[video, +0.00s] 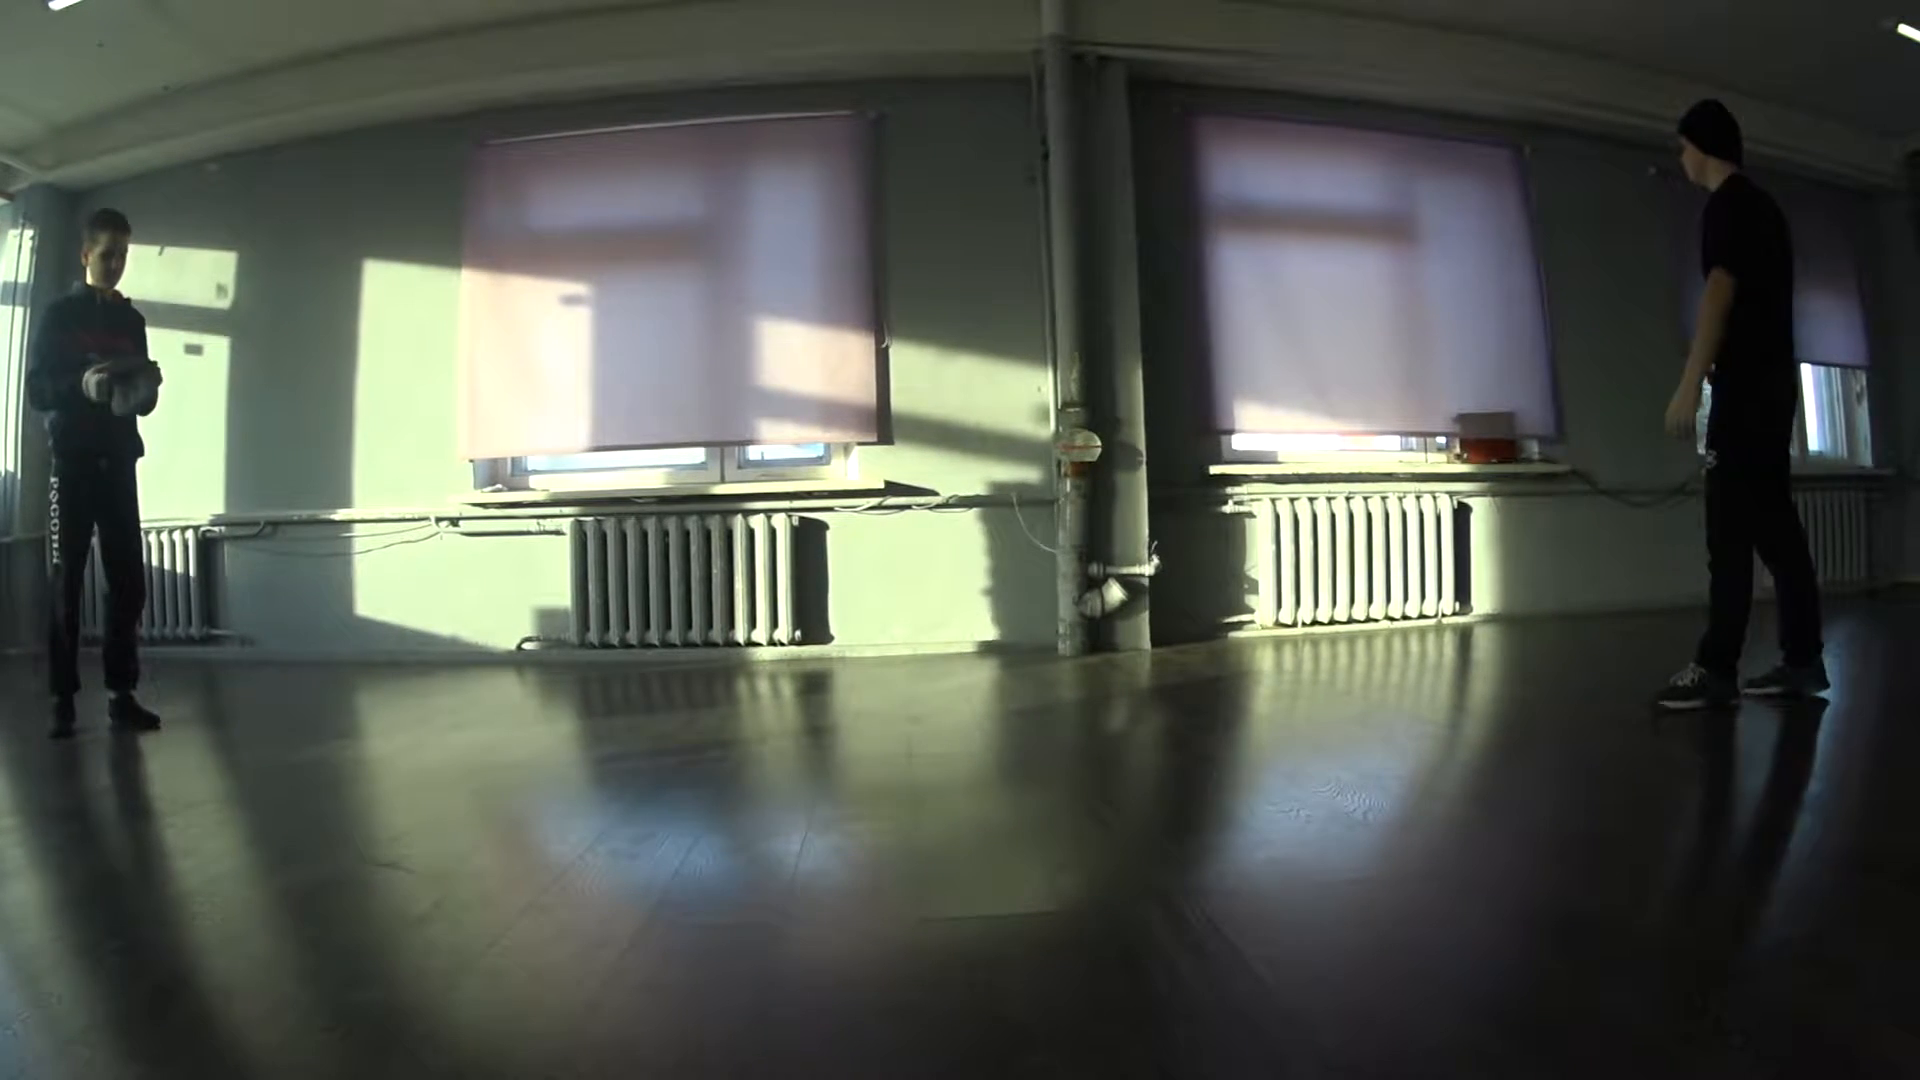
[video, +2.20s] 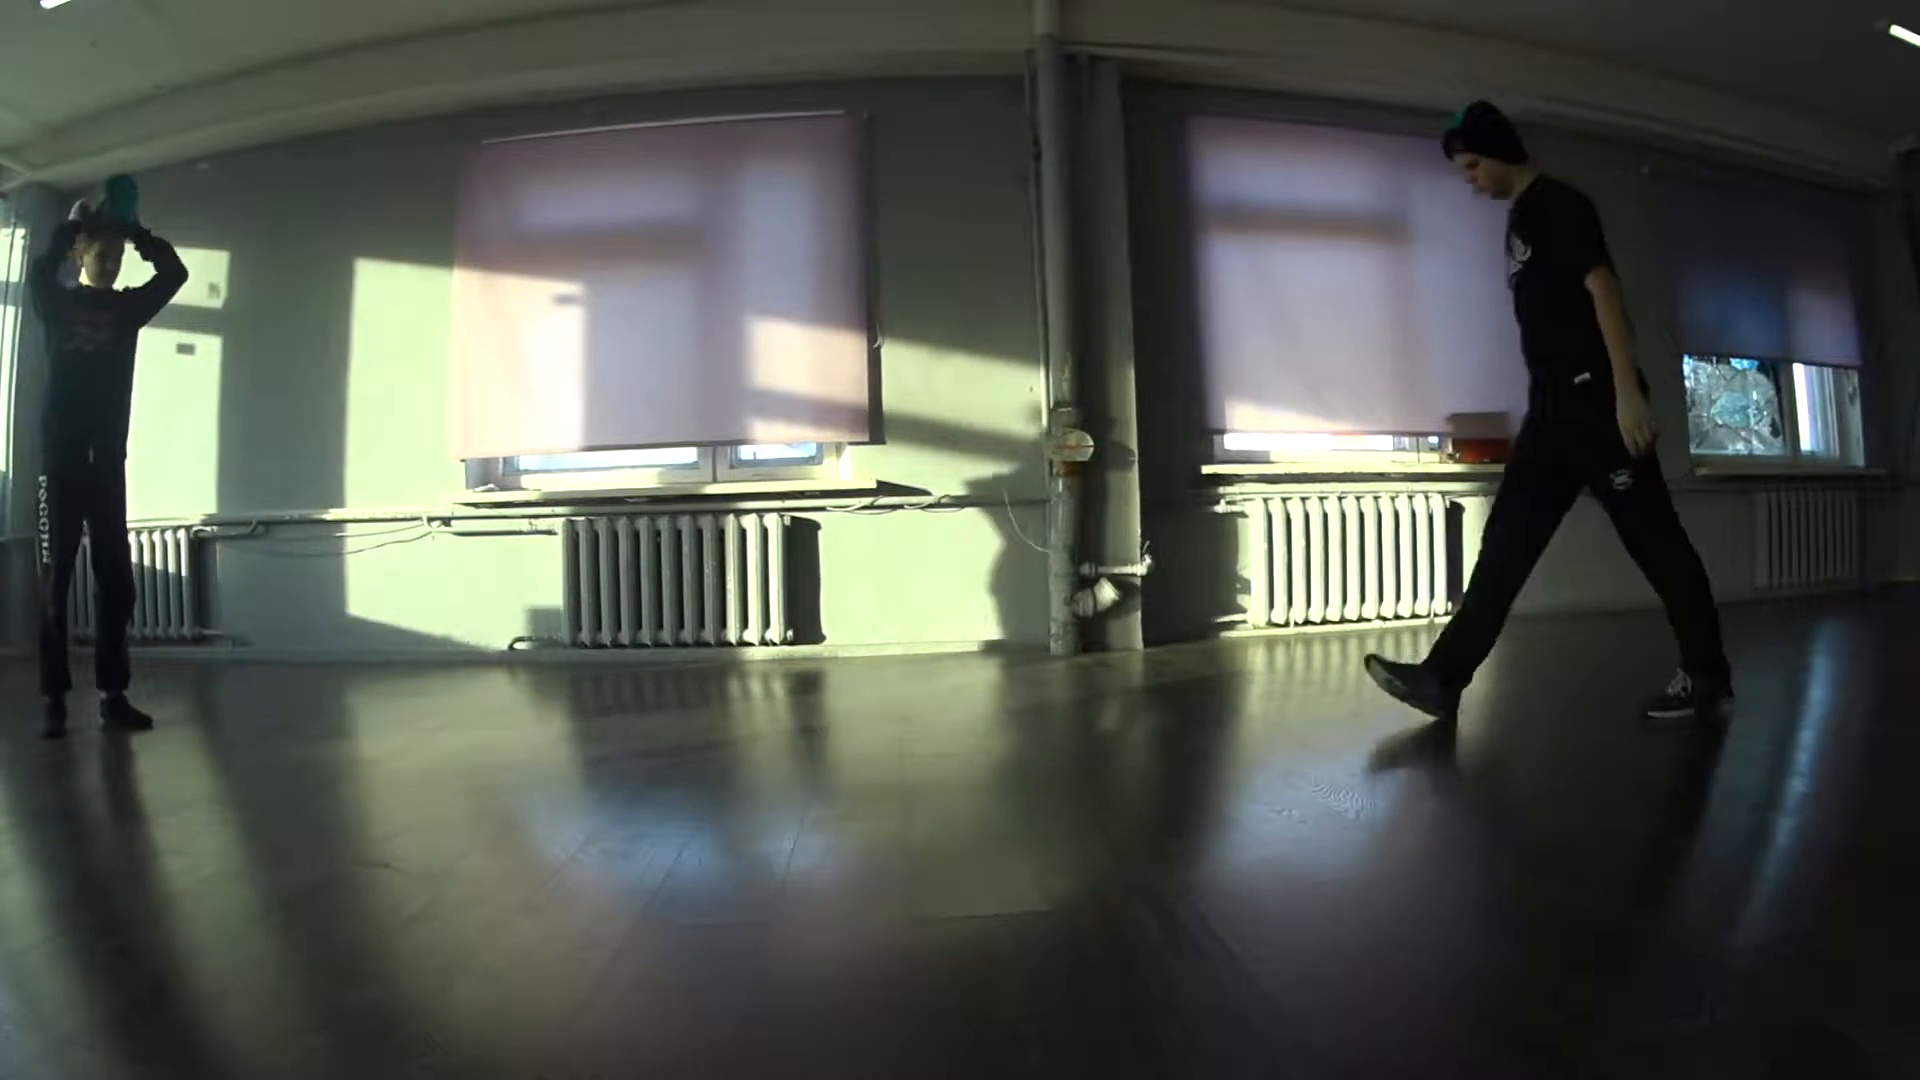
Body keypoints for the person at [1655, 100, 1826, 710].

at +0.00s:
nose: (1681, 160)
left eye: (1683, 149)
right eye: (1682, 149)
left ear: (1698, 150)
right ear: (1730, 147)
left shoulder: (1728, 204)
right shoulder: (1760, 205)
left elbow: (1721, 294)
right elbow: (1764, 312)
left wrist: (1688, 386)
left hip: (1743, 390)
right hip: (1771, 387)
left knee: (1728, 528)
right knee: (1775, 524)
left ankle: (1716, 669)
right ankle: (1804, 664)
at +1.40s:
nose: (1643, 158)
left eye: (1647, 145)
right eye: (1639, 147)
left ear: (1675, 141)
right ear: (1677, 144)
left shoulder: (1705, 199)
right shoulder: (1703, 198)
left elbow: (1715, 289)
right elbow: (1719, 295)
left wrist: (1697, 386)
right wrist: (1716, 384)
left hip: (1730, 385)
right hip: (1734, 384)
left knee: (1717, 530)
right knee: (1757, 526)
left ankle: (1710, 675)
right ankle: (1797, 665)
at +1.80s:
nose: (1590, 152)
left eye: (1594, 139)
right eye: (1585, 143)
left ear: (1623, 129)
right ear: (1615, 137)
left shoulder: (1663, 188)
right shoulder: (1642, 194)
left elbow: (1677, 288)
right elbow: (1647, 298)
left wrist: (1653, 385)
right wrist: (1623, 374)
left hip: (1679, 380)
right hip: (1662, 379)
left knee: (1670, 521)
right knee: (1666, 522)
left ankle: (1716, 660)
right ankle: (1725, 641)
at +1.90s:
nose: (1568, 155)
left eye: (1571, 141)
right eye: (1562, 145)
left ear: (1599, 131)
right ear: (1593, 139)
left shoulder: (1645, 188)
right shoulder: (1622, 195)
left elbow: (1669, 284)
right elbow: (1638, 293)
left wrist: (1652, 383)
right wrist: (1625, 382)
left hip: (1660, 379)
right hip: (1630, 381)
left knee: (1683, 529)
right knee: (1604, 523)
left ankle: (1708, 678)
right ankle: (1670, 660)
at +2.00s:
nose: (1541, 159)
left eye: (1545, 144)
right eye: (1535, 150)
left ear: (1574, 133)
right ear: (1559, 145)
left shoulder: (1622, 189)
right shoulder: (1596, 199)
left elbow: (1655, 281)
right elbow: (1618, 297)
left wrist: (1653, 384)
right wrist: (1608, 383)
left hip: (1639, 388)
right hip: (1610, 390)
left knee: (1676, 538)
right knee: (1563, 519)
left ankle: (1709, 678)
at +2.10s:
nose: (1510, 172)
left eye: (1512, 158)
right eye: (1505, 161)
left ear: (1539, 146)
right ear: (1532, 151)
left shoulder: (1595, 197)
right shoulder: (1566, 209)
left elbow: (1633, 287)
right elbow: (1589, 307)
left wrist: (1647, 388)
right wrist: (1577, 398)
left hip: (1621, 400)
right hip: (1585, 403)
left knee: (1672, 545)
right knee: (1539, 532)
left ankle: (1709, 680)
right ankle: (1478, 668)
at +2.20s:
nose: (1470, 180)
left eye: (1472, 166)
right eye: (1464, 171)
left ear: (1502, 152)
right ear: (1489, 163)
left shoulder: (1560, 206)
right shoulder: (1521, 220)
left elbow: (1604, 295)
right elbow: (1552, 317)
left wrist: (1628, 393)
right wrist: (1546, 405)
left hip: (1599, 407)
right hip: (1553, 413)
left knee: (1658, 545)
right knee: (1507, 546)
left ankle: (1707, 675)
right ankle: (1442, 678)